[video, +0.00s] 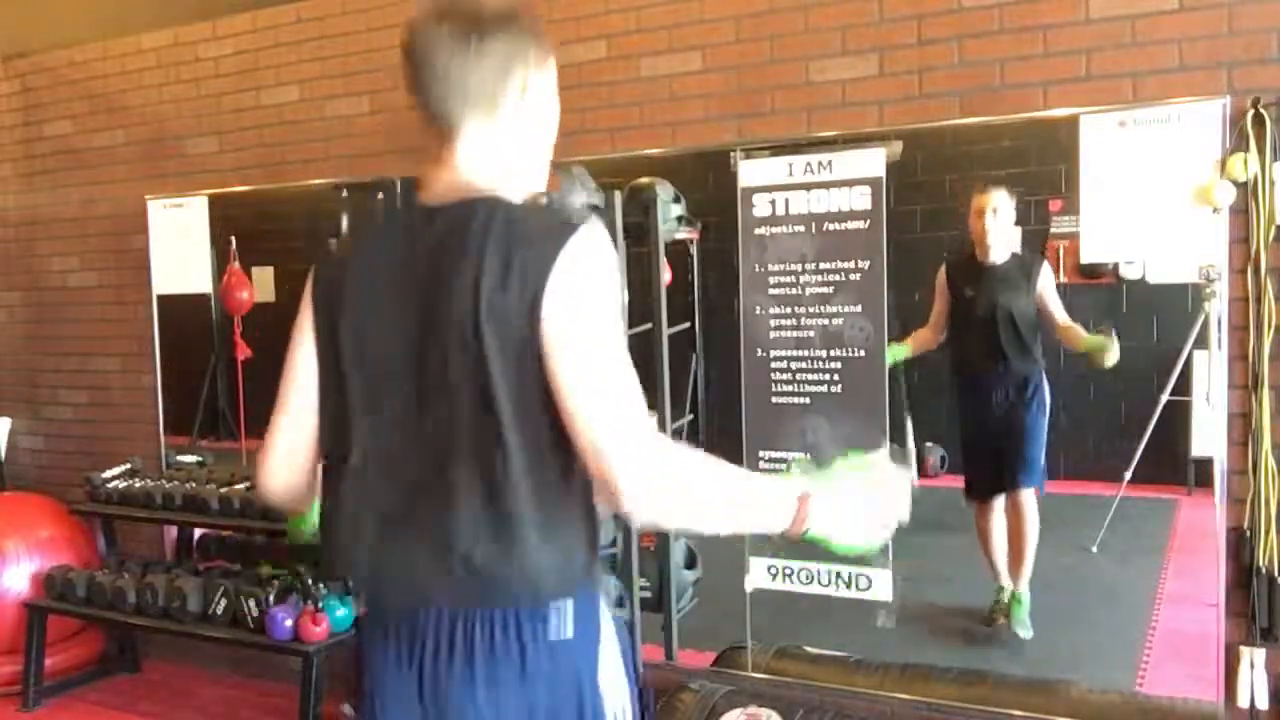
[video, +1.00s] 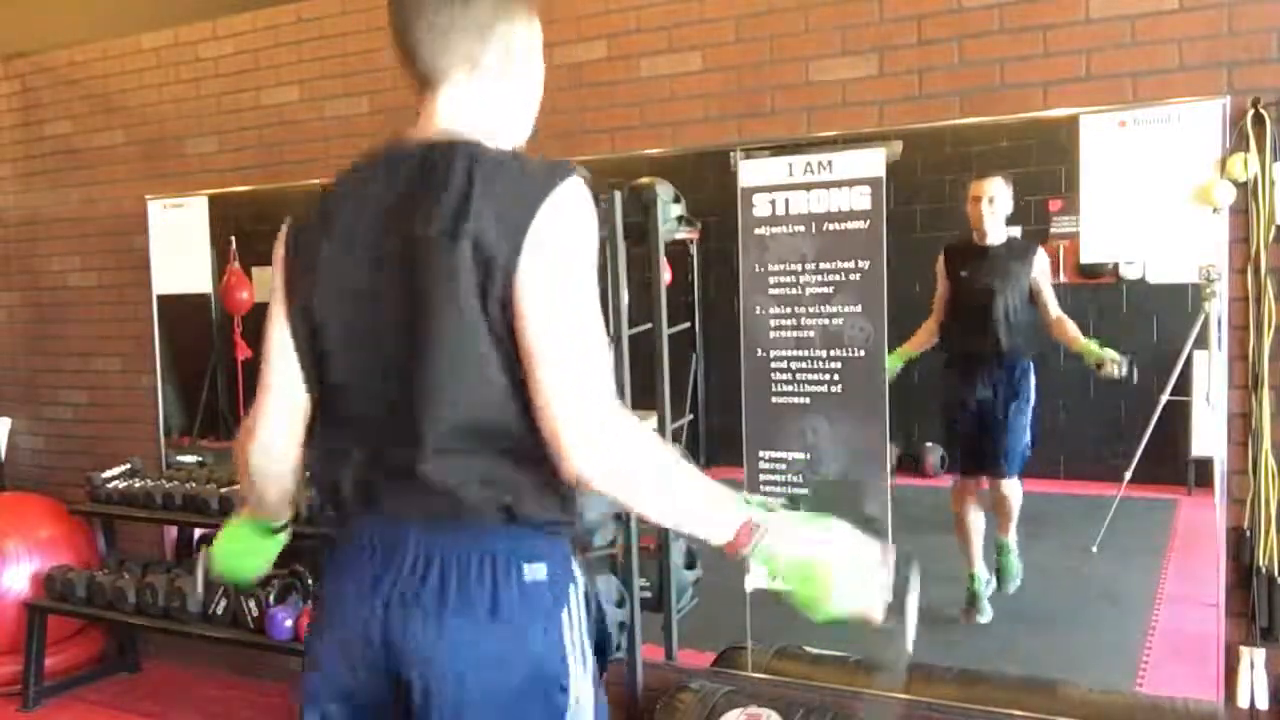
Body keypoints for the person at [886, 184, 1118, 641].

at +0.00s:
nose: (987, 222)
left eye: (996, 213)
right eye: (980, 213)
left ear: (1013, 220)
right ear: (969, 220)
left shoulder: (1035, 270)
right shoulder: (952, 272)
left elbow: (1062, 325)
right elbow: (934, 331)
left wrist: (1092, 343)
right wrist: (898, 350)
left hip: (1025, 390)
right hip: (976, 391)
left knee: (1021, 490)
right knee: (984, 496)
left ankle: (1020, 592)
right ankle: (1003, 587)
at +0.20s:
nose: (990, 212)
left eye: (1000, 204)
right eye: (984, 203)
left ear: (1019, 210)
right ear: (974, 209)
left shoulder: (1040, 260)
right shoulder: (959, 260)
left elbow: (1062, 321)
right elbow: (945, 323)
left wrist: (1099, 353)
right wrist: (905, 357)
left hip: (1024, 378)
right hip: (973, 379)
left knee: (1016, 483)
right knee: (983, 494)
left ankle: (1014, 582)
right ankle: (1012, 537)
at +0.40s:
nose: (1000, 228)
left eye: (1008, 219)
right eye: (992, 220)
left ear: (1023, 225)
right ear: (980, 227)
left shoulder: (1044, 276)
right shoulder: (964, 275)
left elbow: (1072, 331)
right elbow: (944, 334)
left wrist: (1101, 350)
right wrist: (901, 351)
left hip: (1024, 398)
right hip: (974, 398)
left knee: (1018, 502)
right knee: (974, 503)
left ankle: (1013, 592)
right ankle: (991, 538)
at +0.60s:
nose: (993, 211)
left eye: (1003, 203)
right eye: (987, 202)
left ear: (1021, 208)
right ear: (976, 208)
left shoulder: (1042, 258)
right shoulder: (961, 257)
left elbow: (1062, 322)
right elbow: (945, 321)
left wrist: (1101, 358)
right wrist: (905, 356)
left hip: (1020, 379)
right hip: (969, 376)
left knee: (1009, 482)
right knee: (966, 481)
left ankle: (1004, 583)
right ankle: (967, 580)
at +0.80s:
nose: (991, 230)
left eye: (1001, 222)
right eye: (984, 221)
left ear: (1017, 228)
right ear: (974, 228)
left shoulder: (1038, 277)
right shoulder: (957, 277)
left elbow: (1065, 330)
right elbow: (940, 333)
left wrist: (1095, 349)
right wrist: (900, 347)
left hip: (1015, 400)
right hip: (966, 399)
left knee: (1006, 501)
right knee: (958, 498)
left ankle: (1003, 590)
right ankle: (963, 596)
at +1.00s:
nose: (982, 209)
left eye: (991, 200)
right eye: (976, 200)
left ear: (1009, 206)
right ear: (967, 207)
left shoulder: (1031, 256)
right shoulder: (951, 256)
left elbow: (1054, 318)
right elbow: (937, 321)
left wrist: (1091, 351)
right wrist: (897, 358)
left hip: (1013, 374)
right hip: (963, 374)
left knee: (1003, 481)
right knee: (967, 485)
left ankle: (1006, 546)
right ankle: (976, 580)